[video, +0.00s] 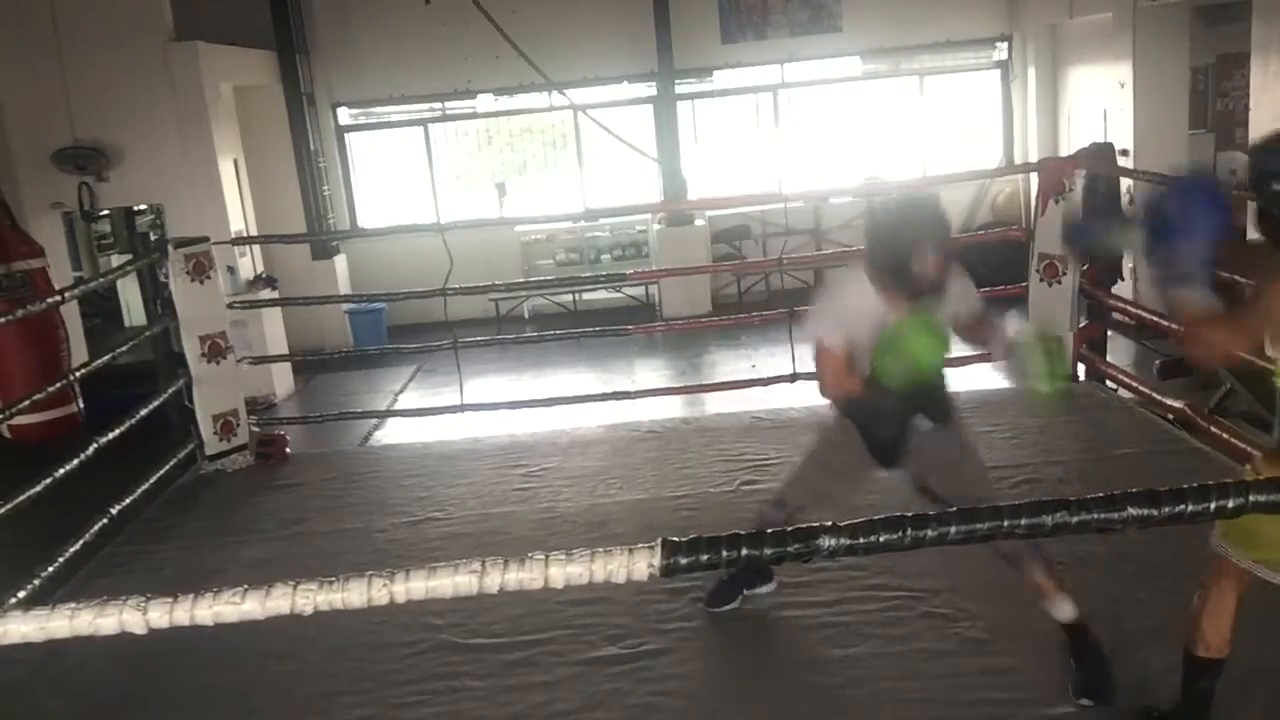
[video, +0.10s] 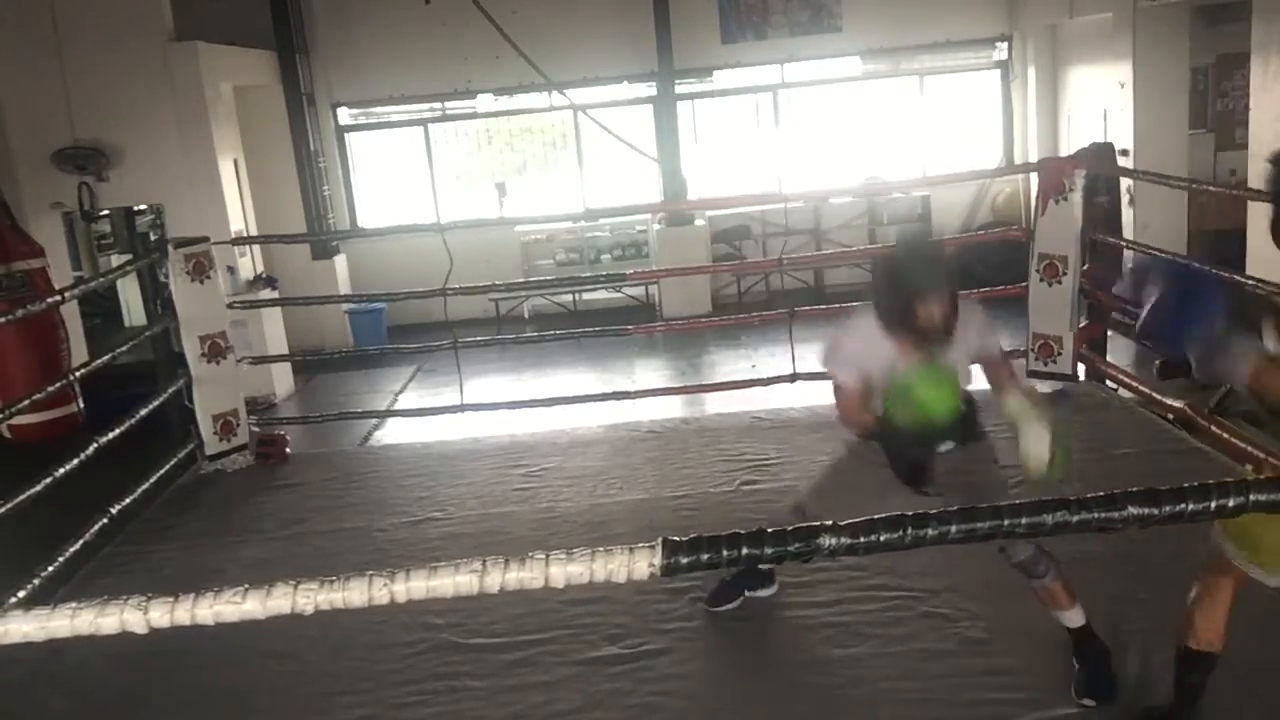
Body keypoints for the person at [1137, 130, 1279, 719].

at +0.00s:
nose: (1255, 193)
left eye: (1259, 184)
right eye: (1258, 181)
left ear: (1263, 195)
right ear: (1263, 192)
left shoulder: (1269, 267)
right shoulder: (1263, 264)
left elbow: (1219, 344)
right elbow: (1221, 342)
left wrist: (1182, 269)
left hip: (1264, 460)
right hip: (1257, 456)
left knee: (1224, 578)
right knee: (1224, 578)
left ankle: (1192, 707)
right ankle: (1193, 705)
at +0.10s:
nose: (1270, 222)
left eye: (1272, 207)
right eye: (1269, 207)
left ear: (1274, 216)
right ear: (1266, 215)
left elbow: (1270, 389)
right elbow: (1265, 381)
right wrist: (1223, 344)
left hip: (1267, 481)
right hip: (1263, 475)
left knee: (1219, 577)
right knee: (1219, 577)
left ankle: (1184, 705)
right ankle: (1185, 703)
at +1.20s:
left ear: (1105, 230)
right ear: (1177, 213)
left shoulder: (1090, 316)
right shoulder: (1262, 293)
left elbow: (993, 391)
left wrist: (1001, 289)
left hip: (1128, 570)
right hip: (1250, 572)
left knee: (1086, 702)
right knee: (1266, 708)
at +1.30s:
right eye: (1139, 196)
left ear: (1063, 237)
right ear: (1137, 214)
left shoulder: (1044, 325)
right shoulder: (1229, 292)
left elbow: (966, 398)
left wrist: (977, 291)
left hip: (1095, 578)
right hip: (1224, 580)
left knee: (1073, 705)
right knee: (1259, 707)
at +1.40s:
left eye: (1031, 232)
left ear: (1040, 243)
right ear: (1121, 220)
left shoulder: (1025, 333)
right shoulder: (1212, 290)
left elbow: (954, 403)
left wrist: (949, 304)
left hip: (1084, 581)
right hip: (1212, 585)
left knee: (1068, 706)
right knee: (1254, 708)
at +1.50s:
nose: (1005, 261)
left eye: (1009, 246)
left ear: (1026, 249)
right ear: (1105, 227)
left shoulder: (1006, 344)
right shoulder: (1199, 295)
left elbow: (936, 412)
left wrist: (935, 309)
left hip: (1071, 601)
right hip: (1200, 602)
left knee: (1064, 709)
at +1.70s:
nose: (992, 276)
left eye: (996, 260)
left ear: (1010, 263)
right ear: (1107, 241)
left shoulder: (987, 362)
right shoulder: (1191, 320)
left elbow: (914, 444)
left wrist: (919, 332)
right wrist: (1133, 279)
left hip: (1047, 636)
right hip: (1180, 642)